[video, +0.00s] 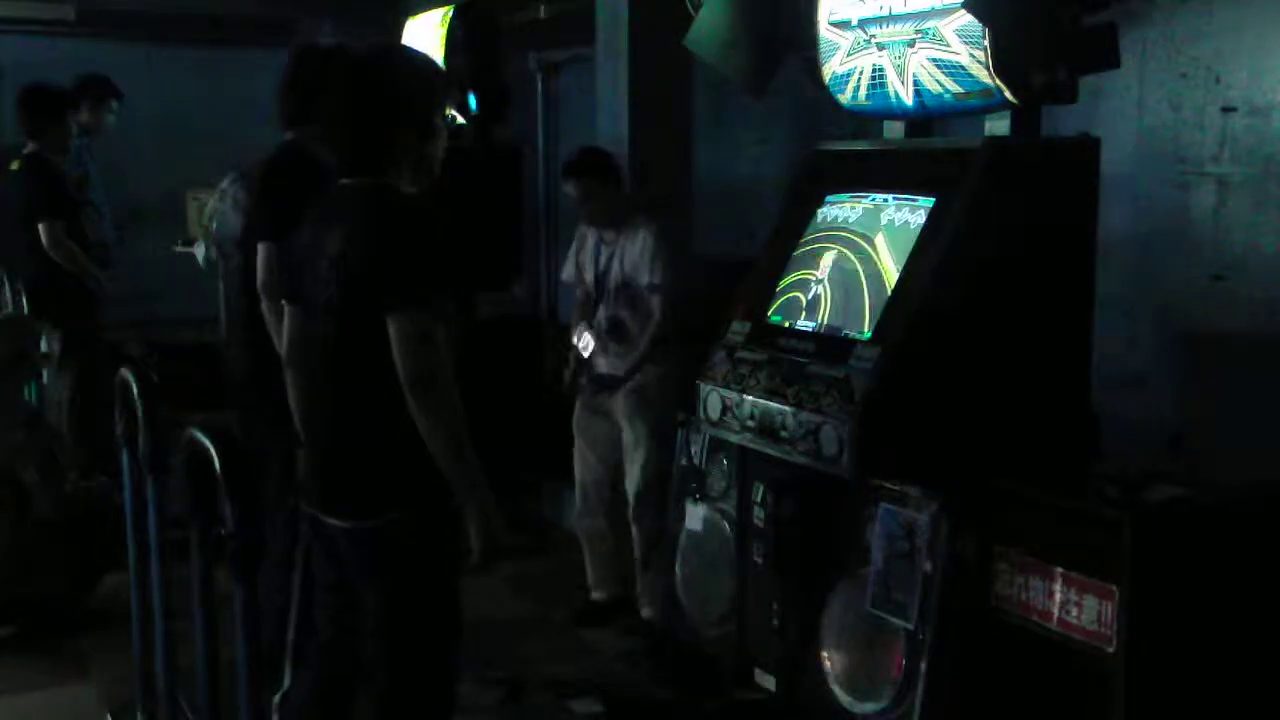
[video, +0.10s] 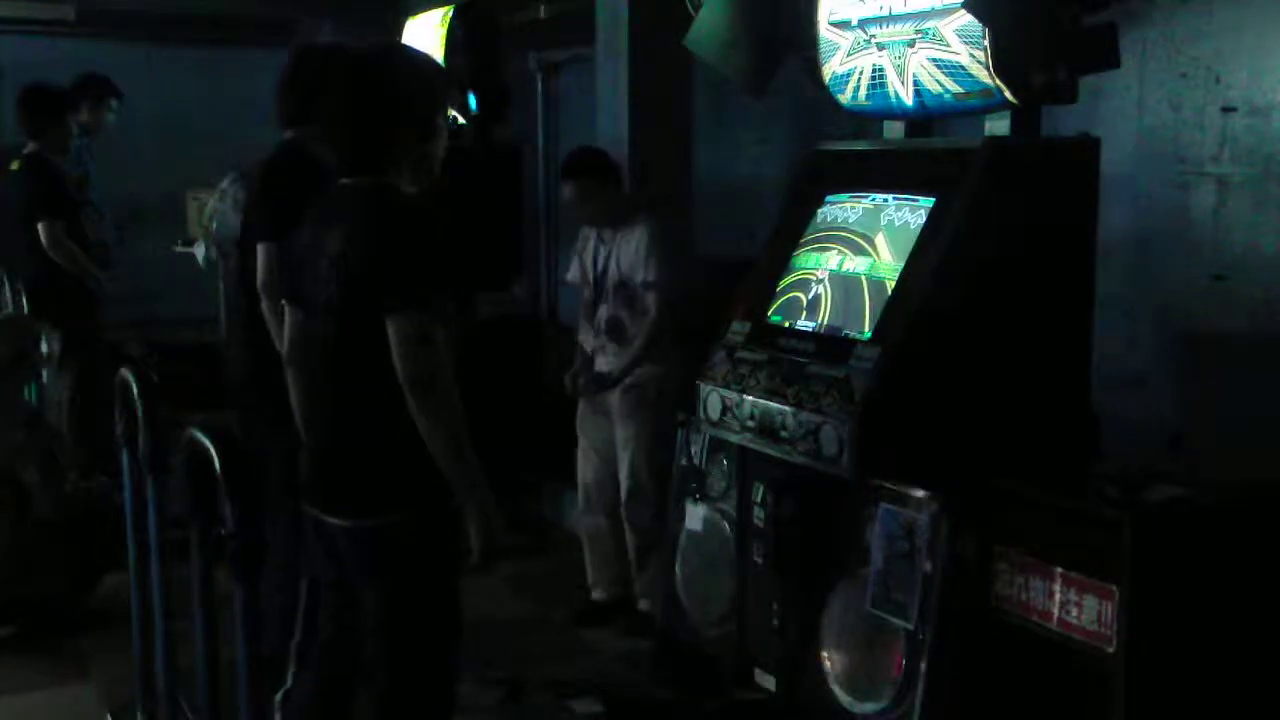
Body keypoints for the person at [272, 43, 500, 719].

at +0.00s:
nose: (447, 140)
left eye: (445, 121)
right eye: (437, 123)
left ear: (356, 126)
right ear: (408, 131)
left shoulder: (318, 214)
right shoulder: (411, 224)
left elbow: (293, 347)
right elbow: (420, 373)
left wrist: (314, 447)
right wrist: (471, 492)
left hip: (326, 480)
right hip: (401, 487)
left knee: (329, 662)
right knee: (414, 667)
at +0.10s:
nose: (446, 140)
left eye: (445, 121)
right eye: (438, 122)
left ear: (355, 125)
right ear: (410, 131)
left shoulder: (319, 213)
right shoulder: (410, 223)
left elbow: (294, 343)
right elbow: (418, 368)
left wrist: (316, 442)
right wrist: (470, 491)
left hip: (328, 480)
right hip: (401, 486)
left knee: (334, 660)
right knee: (415, 665)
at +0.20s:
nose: (447, 135)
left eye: (445, 116)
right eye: (438, 118)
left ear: (353, 123)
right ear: (413, 128)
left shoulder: (317, 212)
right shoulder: (409, 222)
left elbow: (295, 344)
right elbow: (417, 370)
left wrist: (317, 447)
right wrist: (469, 490)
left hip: (329, 479)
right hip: (401, 486)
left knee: (333, 658)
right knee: (415, 664)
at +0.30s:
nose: (447, 133)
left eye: (445, 116)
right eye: (438, 117)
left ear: (353, 121)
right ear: (412, 127)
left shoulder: (314, 212)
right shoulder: (407, 222)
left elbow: (294, 348)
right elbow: (418, 374)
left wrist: (316, 443)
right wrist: (465, 492)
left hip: (329, 474)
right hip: (397, 482)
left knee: (333, 651)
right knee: (414, 657)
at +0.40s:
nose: (449, 140)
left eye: (446, 122)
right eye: (440, 123)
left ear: (356, 127)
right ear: (413, 131)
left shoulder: (320, 215)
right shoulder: (406, 225)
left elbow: (295, 354)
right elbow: (412, 375)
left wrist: (319, 448)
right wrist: (461, 497)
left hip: (331, 482)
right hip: (397, 490)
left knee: (333, 660)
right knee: (413, 670)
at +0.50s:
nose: (448, 138)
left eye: (445, 120)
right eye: (440, 122)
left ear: (355, 127)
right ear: (414, 130)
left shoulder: (320, 215)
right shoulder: (407, 224)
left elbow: (295, 352)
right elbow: (411, 373)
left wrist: (318, 444)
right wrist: (460, 491)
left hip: (330, 480)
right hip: (398, 489)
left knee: (335, 658)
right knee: (414, 667)